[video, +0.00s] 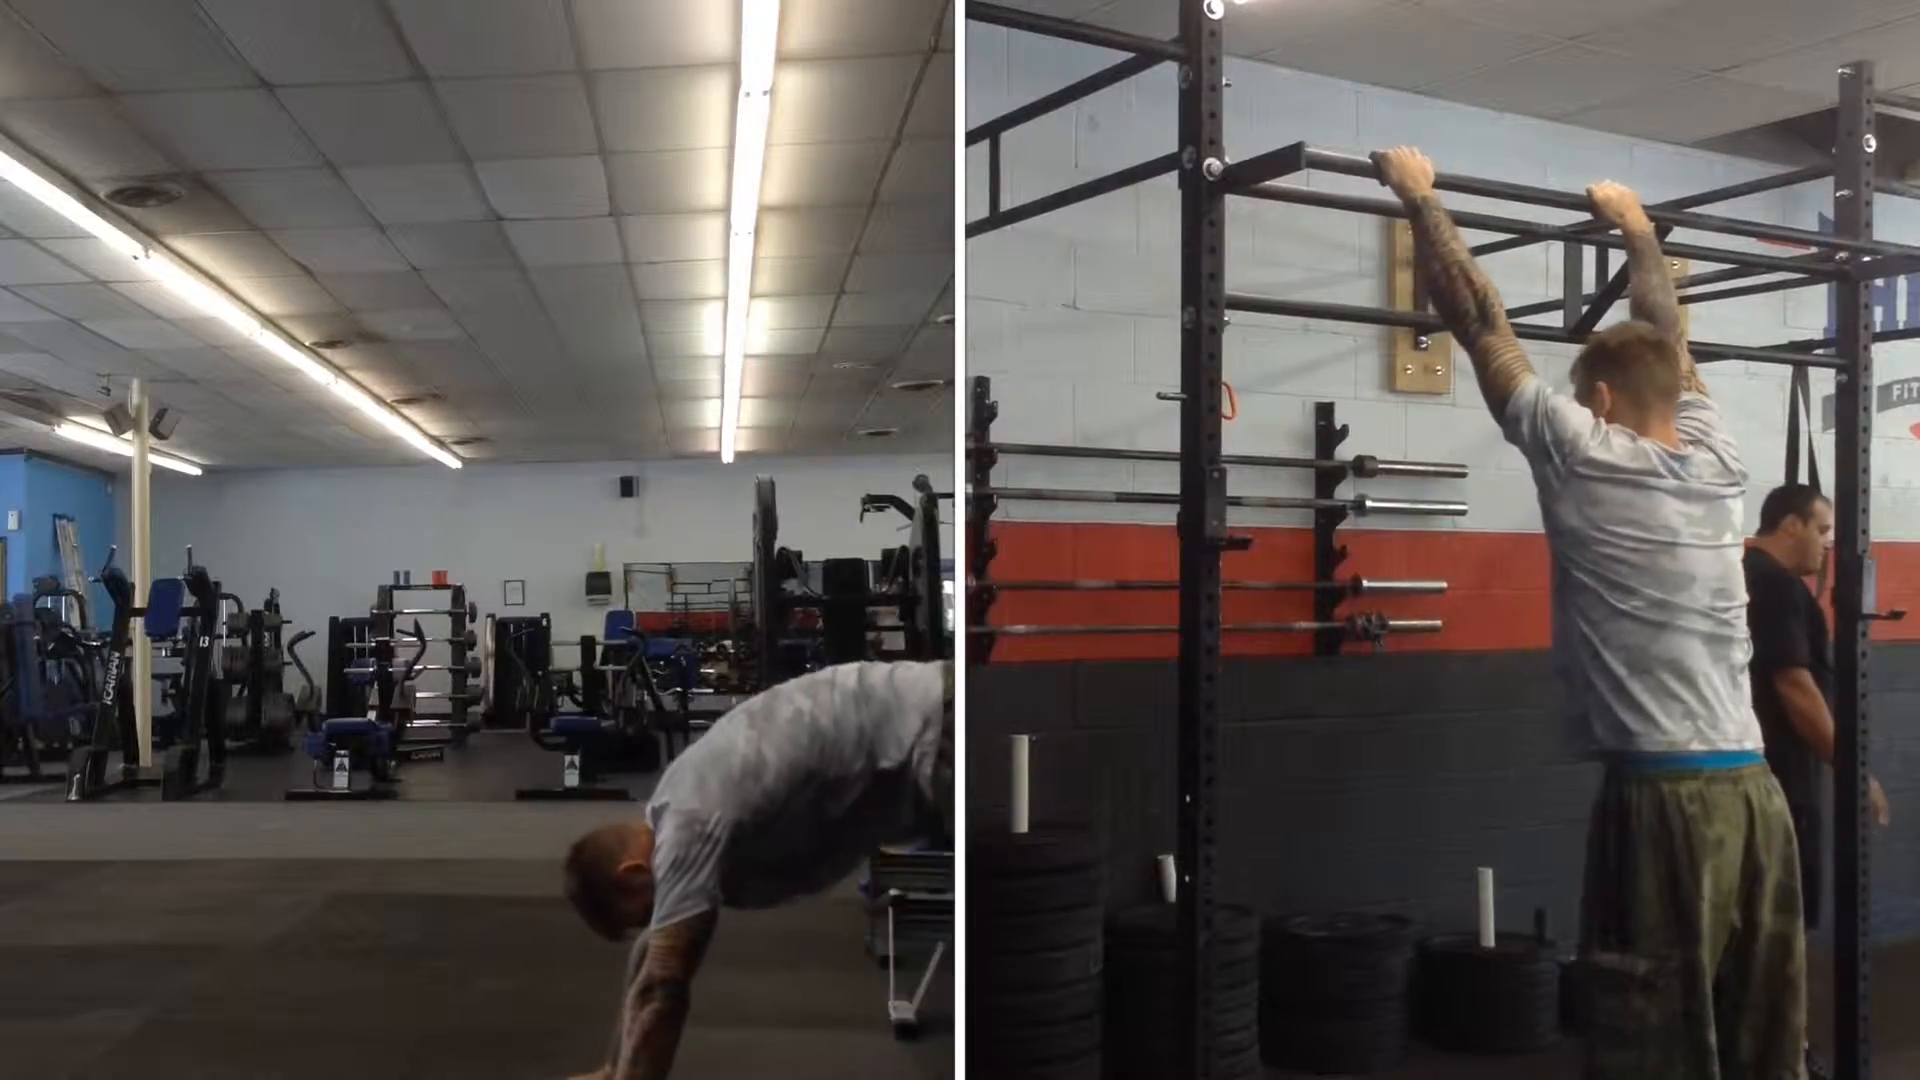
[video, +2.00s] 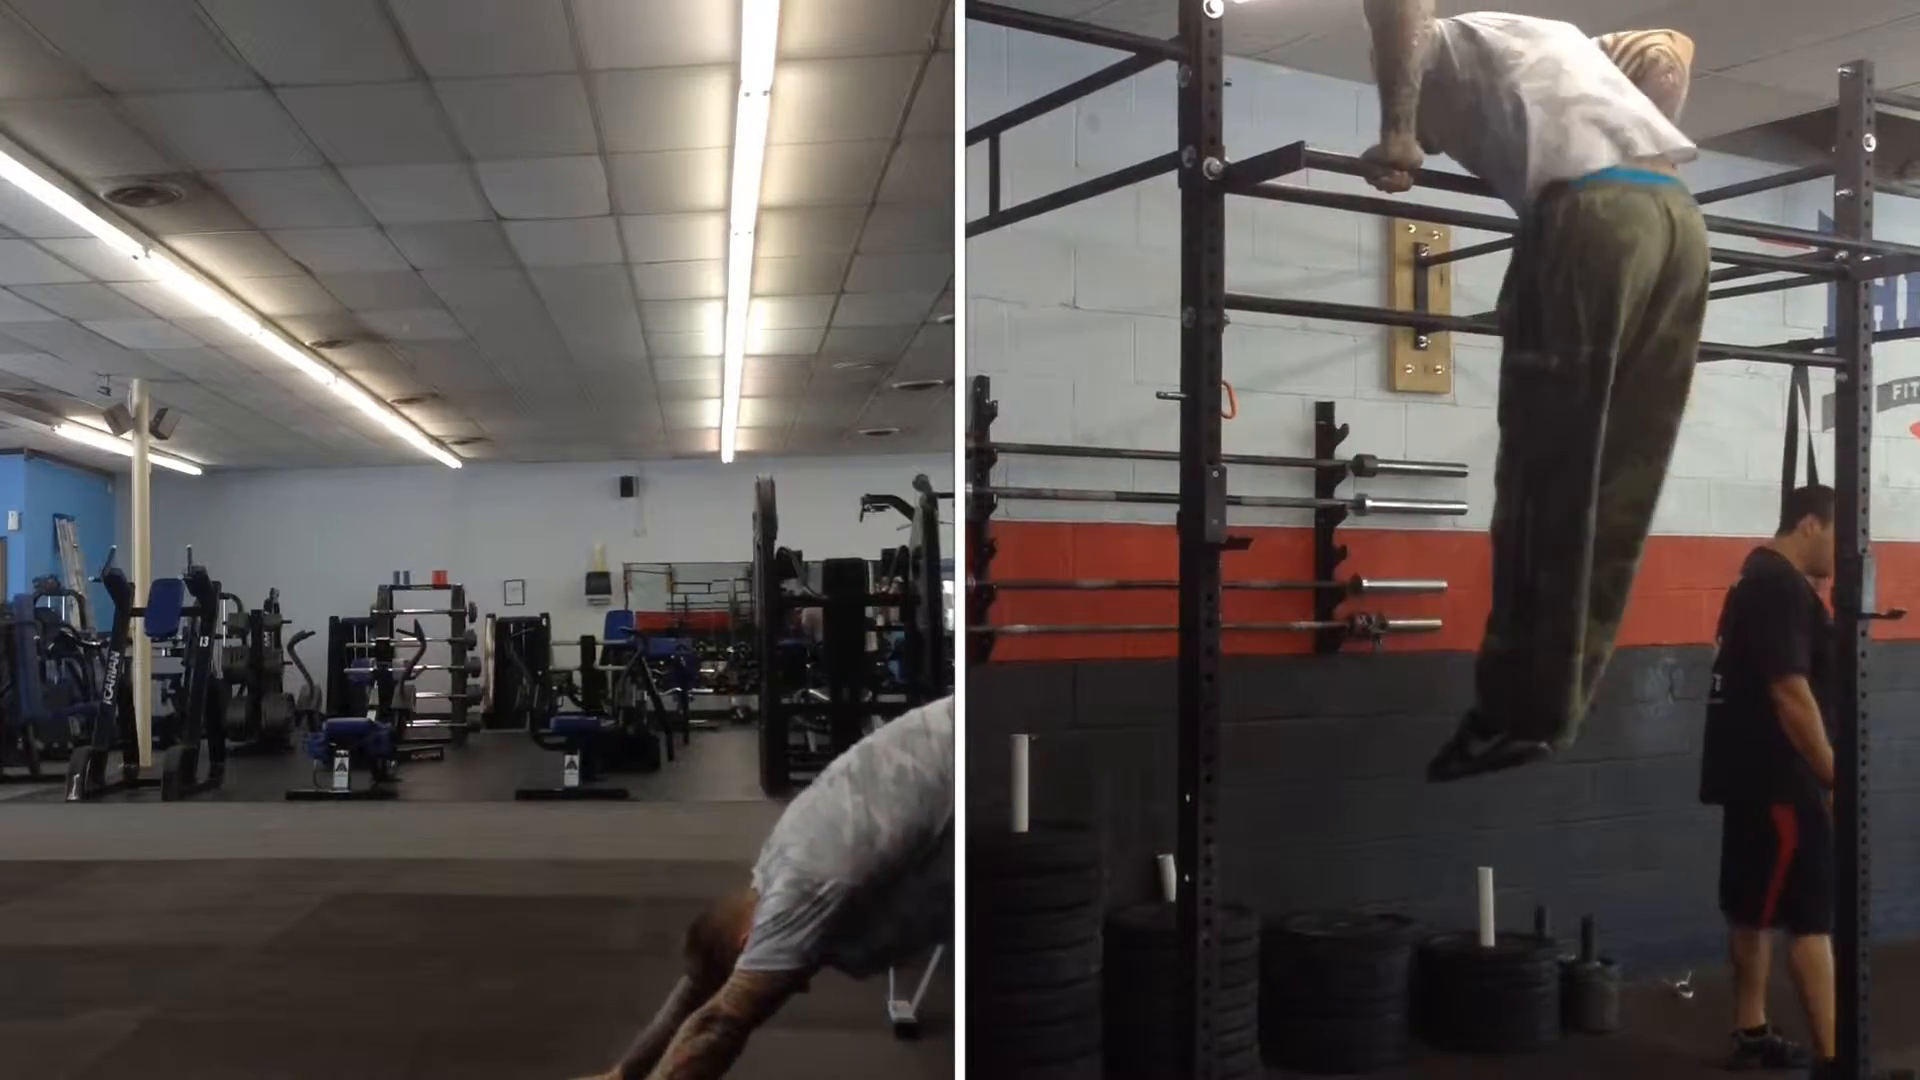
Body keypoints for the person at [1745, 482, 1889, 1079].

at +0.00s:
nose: (1828, 543)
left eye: (1830, 531)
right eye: (1824, 529)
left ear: (1785, 526)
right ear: (1790, 525)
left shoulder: (1748, 570)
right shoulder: (1777, 583)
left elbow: (1788, 681)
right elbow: (1791, 685)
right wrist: (1856, 772)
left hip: (1760, 771)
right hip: (1787, 779)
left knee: (1775, 922)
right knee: (1792, 926)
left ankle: (1779, 1046)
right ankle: (1792, 1050)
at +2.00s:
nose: (1841, 553)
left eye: (1843, 540)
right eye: (1839, 538)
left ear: (1802, 526)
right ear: (1810, 526)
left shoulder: (1760, 581)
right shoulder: (1781, 585)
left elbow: (1772, 690)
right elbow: (1786, 693)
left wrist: (1820, 769)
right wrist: (1835, 773)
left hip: (1750, 774)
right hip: (1784, 777)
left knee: (1749, 910)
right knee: (1811, 920)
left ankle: (1752, 1032)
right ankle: (1832, 1051)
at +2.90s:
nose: (1896, 533)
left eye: (1896, 520)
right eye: (1888, 519)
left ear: (1841, 518)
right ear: (1850, 518)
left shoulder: (1809, 579)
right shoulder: (1841, 589)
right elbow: (1872, 706)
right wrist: (1915, 769)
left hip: (1811, 783)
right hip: (1839, 790)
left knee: (1833, 930)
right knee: (1842, 932)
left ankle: (1840, 1053)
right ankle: (1843, 1056)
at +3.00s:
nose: (1902, 529)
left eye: (1902, 517)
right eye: (1893, 517)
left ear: (1850, 520)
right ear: (1856, 518)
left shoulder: (1811, 577)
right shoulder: (1848, 587)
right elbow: (1869, 703)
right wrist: (1914, 777)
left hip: (1808, 781)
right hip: (1842, 789)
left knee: (1830, 929)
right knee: (1848, 931)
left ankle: (1839, 1052)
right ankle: (1845, 1056)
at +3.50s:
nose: (1910, 524)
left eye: (1908, 511)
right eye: (1900, 511)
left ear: (1865, 519)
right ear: (1865, 517)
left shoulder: (1829, 579)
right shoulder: (1861, 589)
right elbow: (1882, 702)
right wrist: (1914, 775)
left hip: (1842, 781)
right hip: (1864, 790)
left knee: (1862, 922)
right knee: (1865, 925)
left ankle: (1854, 1041)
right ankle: (1852, 1048)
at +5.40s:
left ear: (1882, 518)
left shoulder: (1844, 587)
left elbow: (1817, 699)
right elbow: (1819, 701)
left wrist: (1839, 768)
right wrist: (1837, 763)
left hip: (1861, 782)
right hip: (1916, 786)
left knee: (1840, 922)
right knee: (1917, 934)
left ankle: (1811, 1047)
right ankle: (1917, 1058)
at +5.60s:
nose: (1911, 526)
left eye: (1905, 515)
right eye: (1907, 516)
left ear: (1849, 517)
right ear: (1894, 517)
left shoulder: (1808, 589)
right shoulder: (1910, 589)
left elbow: (1789, 690)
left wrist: (1815, 732)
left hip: (1827, 772)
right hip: (1905, 773)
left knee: (1824, 922)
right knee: (1909, 934)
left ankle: (1806, 1053)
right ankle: (1916, 1059)